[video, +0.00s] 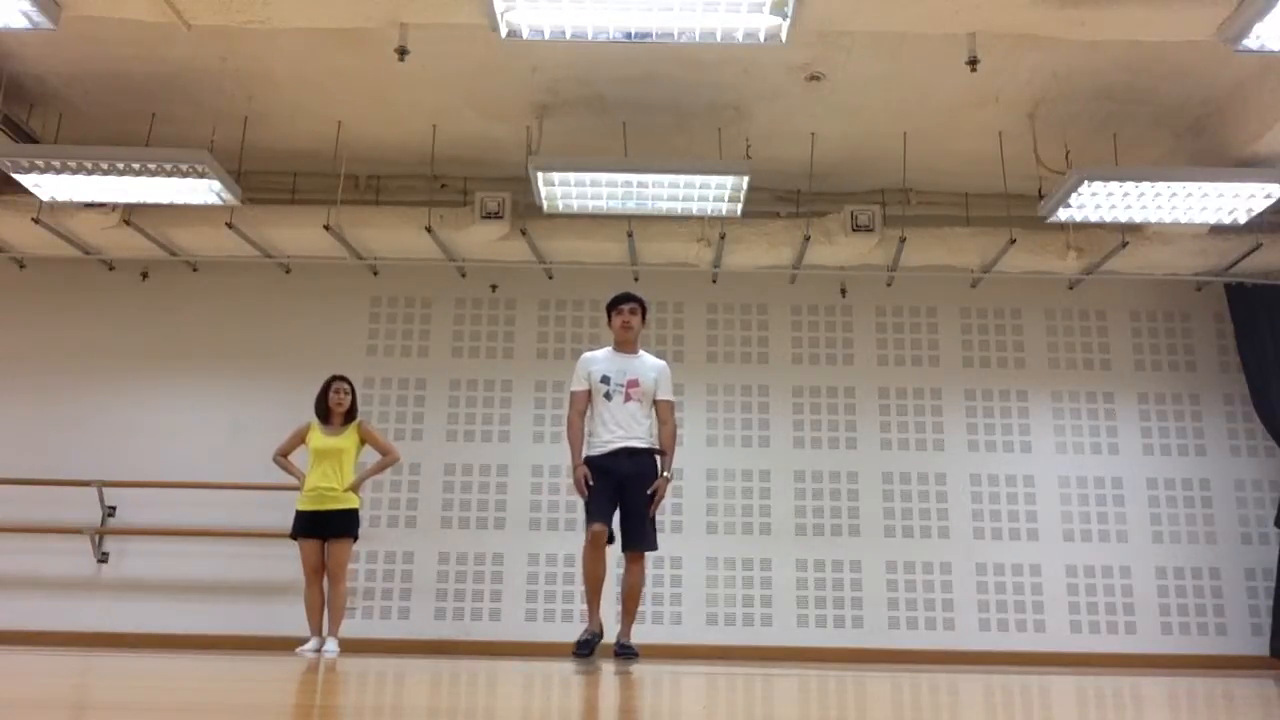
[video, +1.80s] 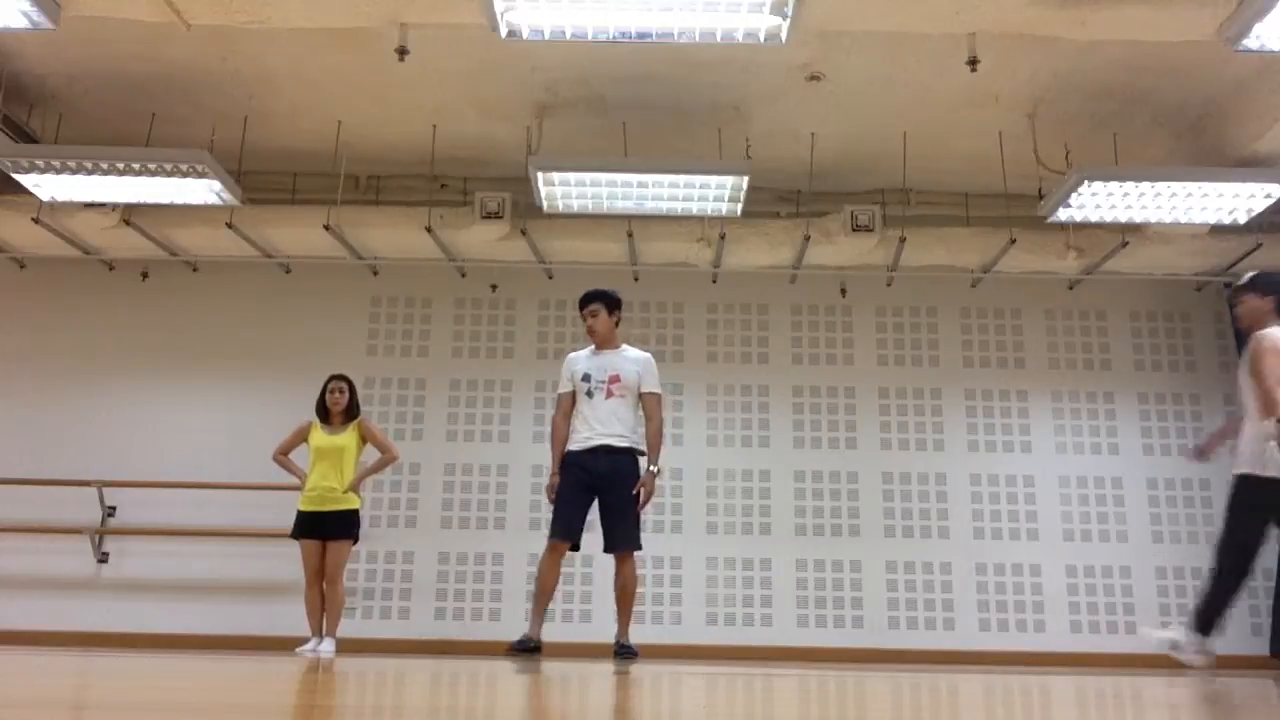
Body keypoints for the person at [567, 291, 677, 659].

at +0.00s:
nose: (626, 319)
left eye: (633, 314)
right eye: (620, 314)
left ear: (643, 322)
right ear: (610, 321)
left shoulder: (657, 368)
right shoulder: (590, 362)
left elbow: (667, 422)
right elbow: (576, 415)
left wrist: (665, 474)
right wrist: (577, 461)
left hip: (641, 463)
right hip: (600, 462)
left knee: (635, 551)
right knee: (596, 535)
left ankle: (624, 636)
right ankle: (593, 624)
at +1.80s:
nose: (588, 324)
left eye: (594, 315)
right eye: (584, 318)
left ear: (615, 317)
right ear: (583, 323)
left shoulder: (641, 361)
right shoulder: (574, 362)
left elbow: (654, 418)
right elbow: (562, 416)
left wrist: (651, 468)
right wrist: (555, 469)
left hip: (621, 462)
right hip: (578, 460)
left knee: (624, 552)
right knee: (556, 544)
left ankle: (623, 637)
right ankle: (533, 632)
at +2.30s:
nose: (535, 315)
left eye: (541, 307)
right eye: (534, 309)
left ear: (563, 309)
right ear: (541, 315)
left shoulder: (596, 351)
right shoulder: (532, 358)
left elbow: (606, 408)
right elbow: (518, 412)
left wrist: (593, 457)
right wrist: (508, 462)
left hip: (576, 457)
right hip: (533, 456)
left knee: (587, 542)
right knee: (530, 546)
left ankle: (608, 627)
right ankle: (528, 634)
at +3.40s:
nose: (591, 308)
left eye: (597, 302)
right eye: (584, 303)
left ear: (610, 311)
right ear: (575, 313)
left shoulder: (627, 357)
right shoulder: (557, 355)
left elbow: (638, 413)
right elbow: (541, 407)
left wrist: (634, 465)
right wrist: (533, 454)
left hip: (609, 459)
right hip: (564, 458)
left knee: (613, 550)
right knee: (545, 543)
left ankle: (612, 636)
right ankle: (531, 634)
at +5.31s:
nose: (581, 307)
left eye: (588, 301)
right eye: (575, 302)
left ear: (599, 311)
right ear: (563, 311)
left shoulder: (615, 356)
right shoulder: (544, 352)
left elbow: (622, 413)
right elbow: (528, 407)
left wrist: (619, 460)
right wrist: (525, 460)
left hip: (597, 455)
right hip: (552, 455)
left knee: (603, 545)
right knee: (544, 547)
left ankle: (606, 634)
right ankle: (537, 635)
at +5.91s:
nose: (593, 307)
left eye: (600, 302)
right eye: (587, 302)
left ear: (610, 311)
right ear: (576, 311)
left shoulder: (628, 356)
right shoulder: (557, 353)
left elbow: (639, 410)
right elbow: (543, 410)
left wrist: (638, 459)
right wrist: (541, 460)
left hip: (608, 455)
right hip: (563, 454)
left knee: (606, 549)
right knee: (550, 546)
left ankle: (605, 636)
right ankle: (540, 634)